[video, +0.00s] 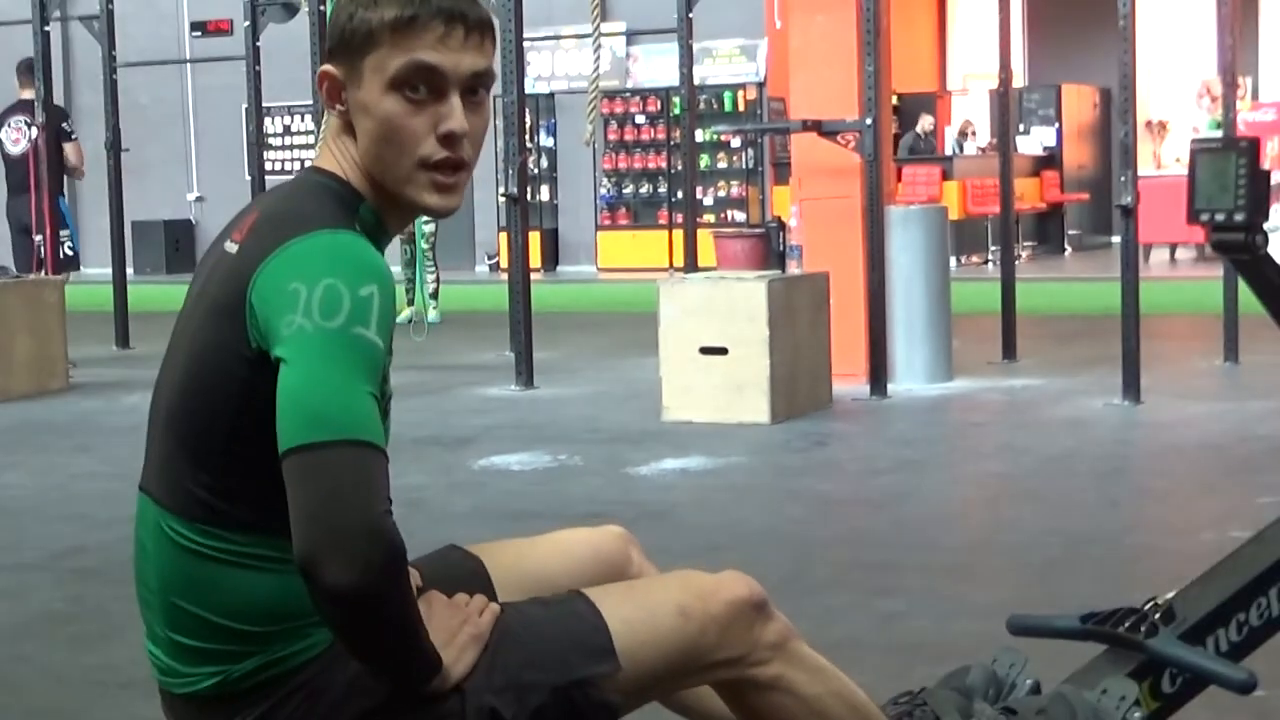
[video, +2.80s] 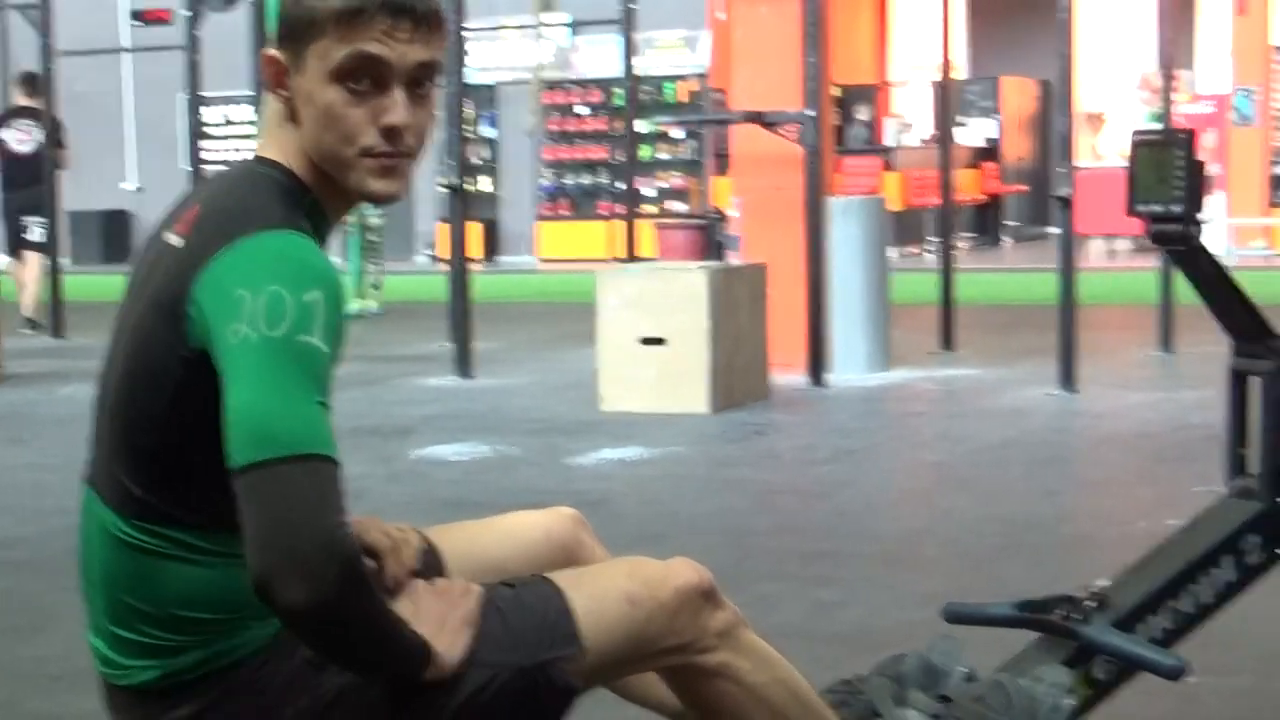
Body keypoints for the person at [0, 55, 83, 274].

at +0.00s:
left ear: (18, 80)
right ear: (44, 79)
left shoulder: (5, 117)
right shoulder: (55, 113)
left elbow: (13, 160)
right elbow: (75, 162)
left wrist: (66, 167)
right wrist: (62, 165)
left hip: (16, 201)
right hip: (47, 201)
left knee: (27, 276)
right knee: (59, 274)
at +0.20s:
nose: (21, 86)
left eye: (16, 81)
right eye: (29, 79)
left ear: (10, 82)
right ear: (36, 80)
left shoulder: (2, 114)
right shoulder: (51, 114)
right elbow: (70, 162)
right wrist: (54, 170)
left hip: (12, 205)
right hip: (46, 202)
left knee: (27, 272)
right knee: (76, 262)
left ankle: (38, 341)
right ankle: (55, 332)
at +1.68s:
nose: (39, 88)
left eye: (36, 83)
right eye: (38, 83)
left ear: (12, 85)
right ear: (36, 85)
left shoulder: (1, 112)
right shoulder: (47, 114)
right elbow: (63, 158)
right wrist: (43, 170)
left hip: (7, 194)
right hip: (41, 193)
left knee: (13, 260)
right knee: (60, 254)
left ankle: (15, 318)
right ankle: (53, 304)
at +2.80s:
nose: (16, 95)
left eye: (16, 91)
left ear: (18, 91)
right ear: (41, 92)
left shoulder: (6, 117)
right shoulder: (50, 122)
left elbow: (4, 155)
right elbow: (62, 159)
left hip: (10, 194)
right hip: (38, 194)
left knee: (15, 256)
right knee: (34, 254)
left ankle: (27, 306)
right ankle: (28, 313)